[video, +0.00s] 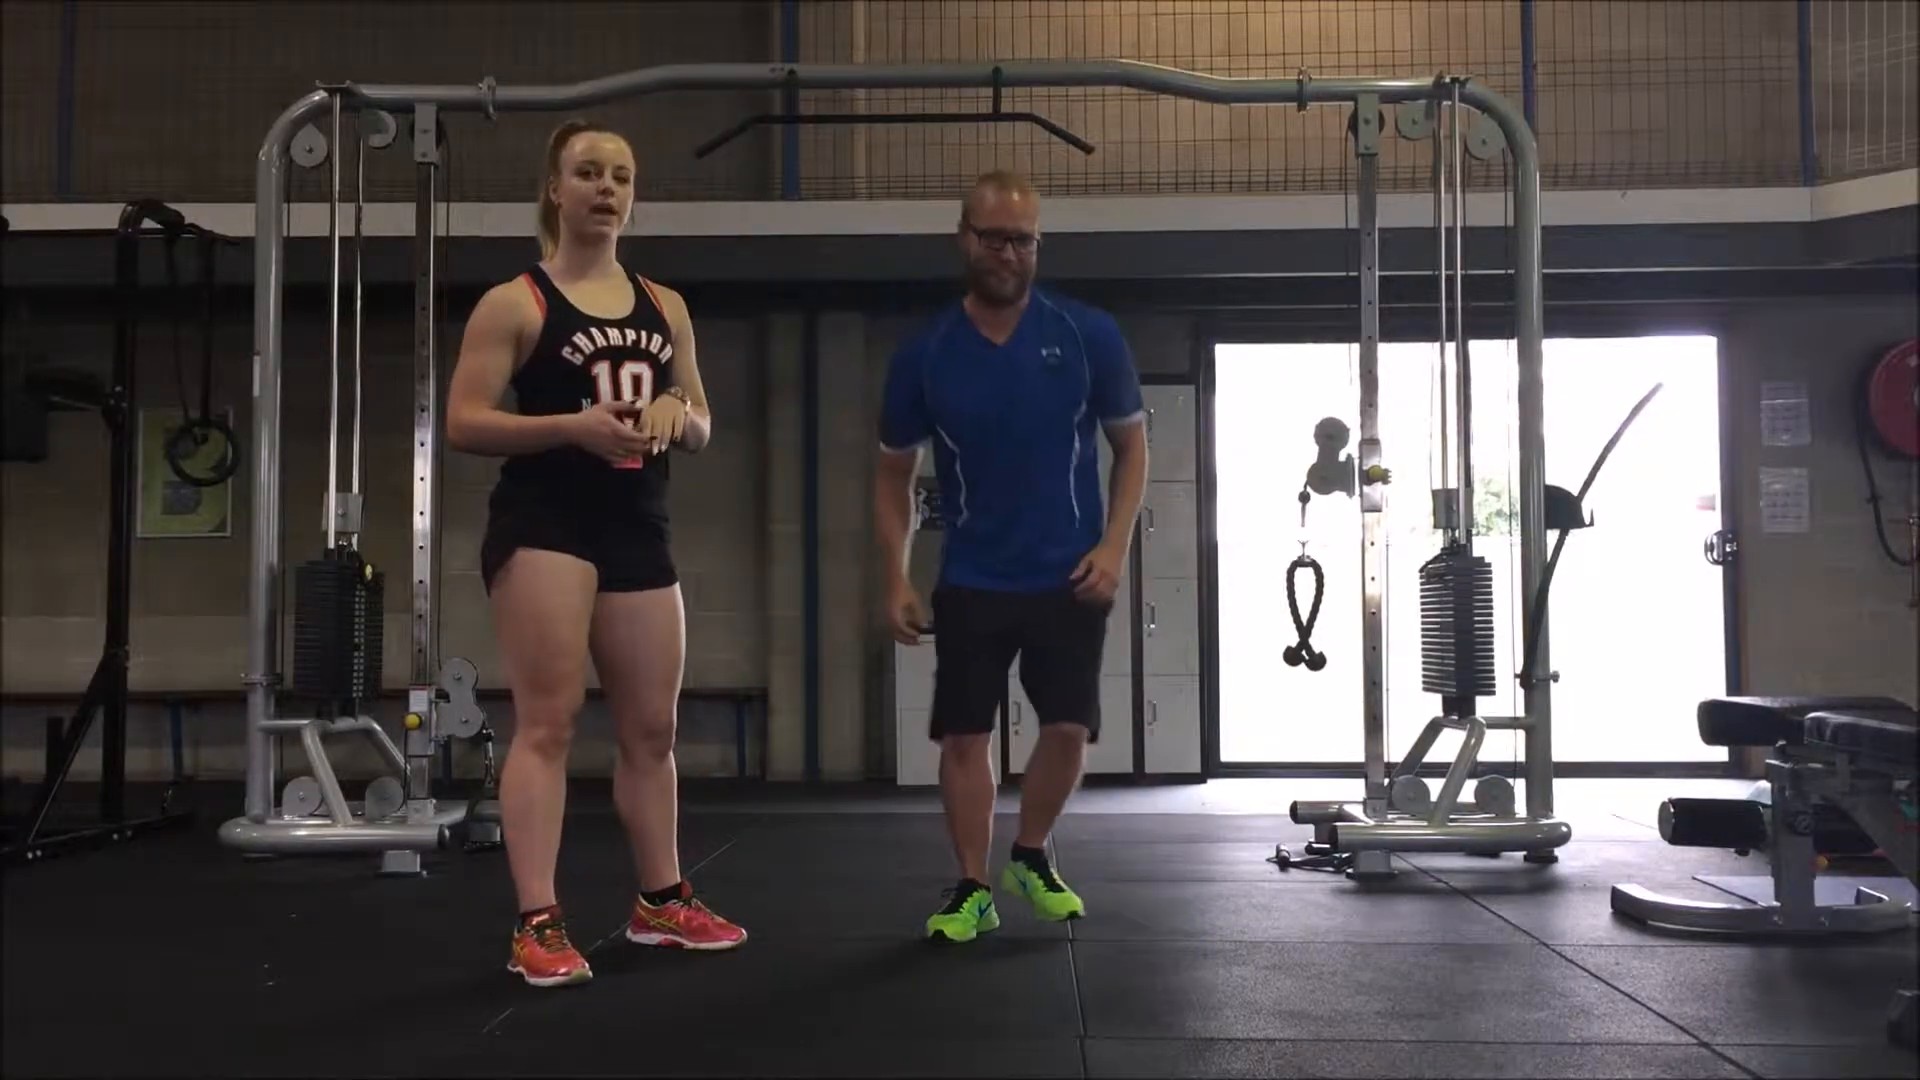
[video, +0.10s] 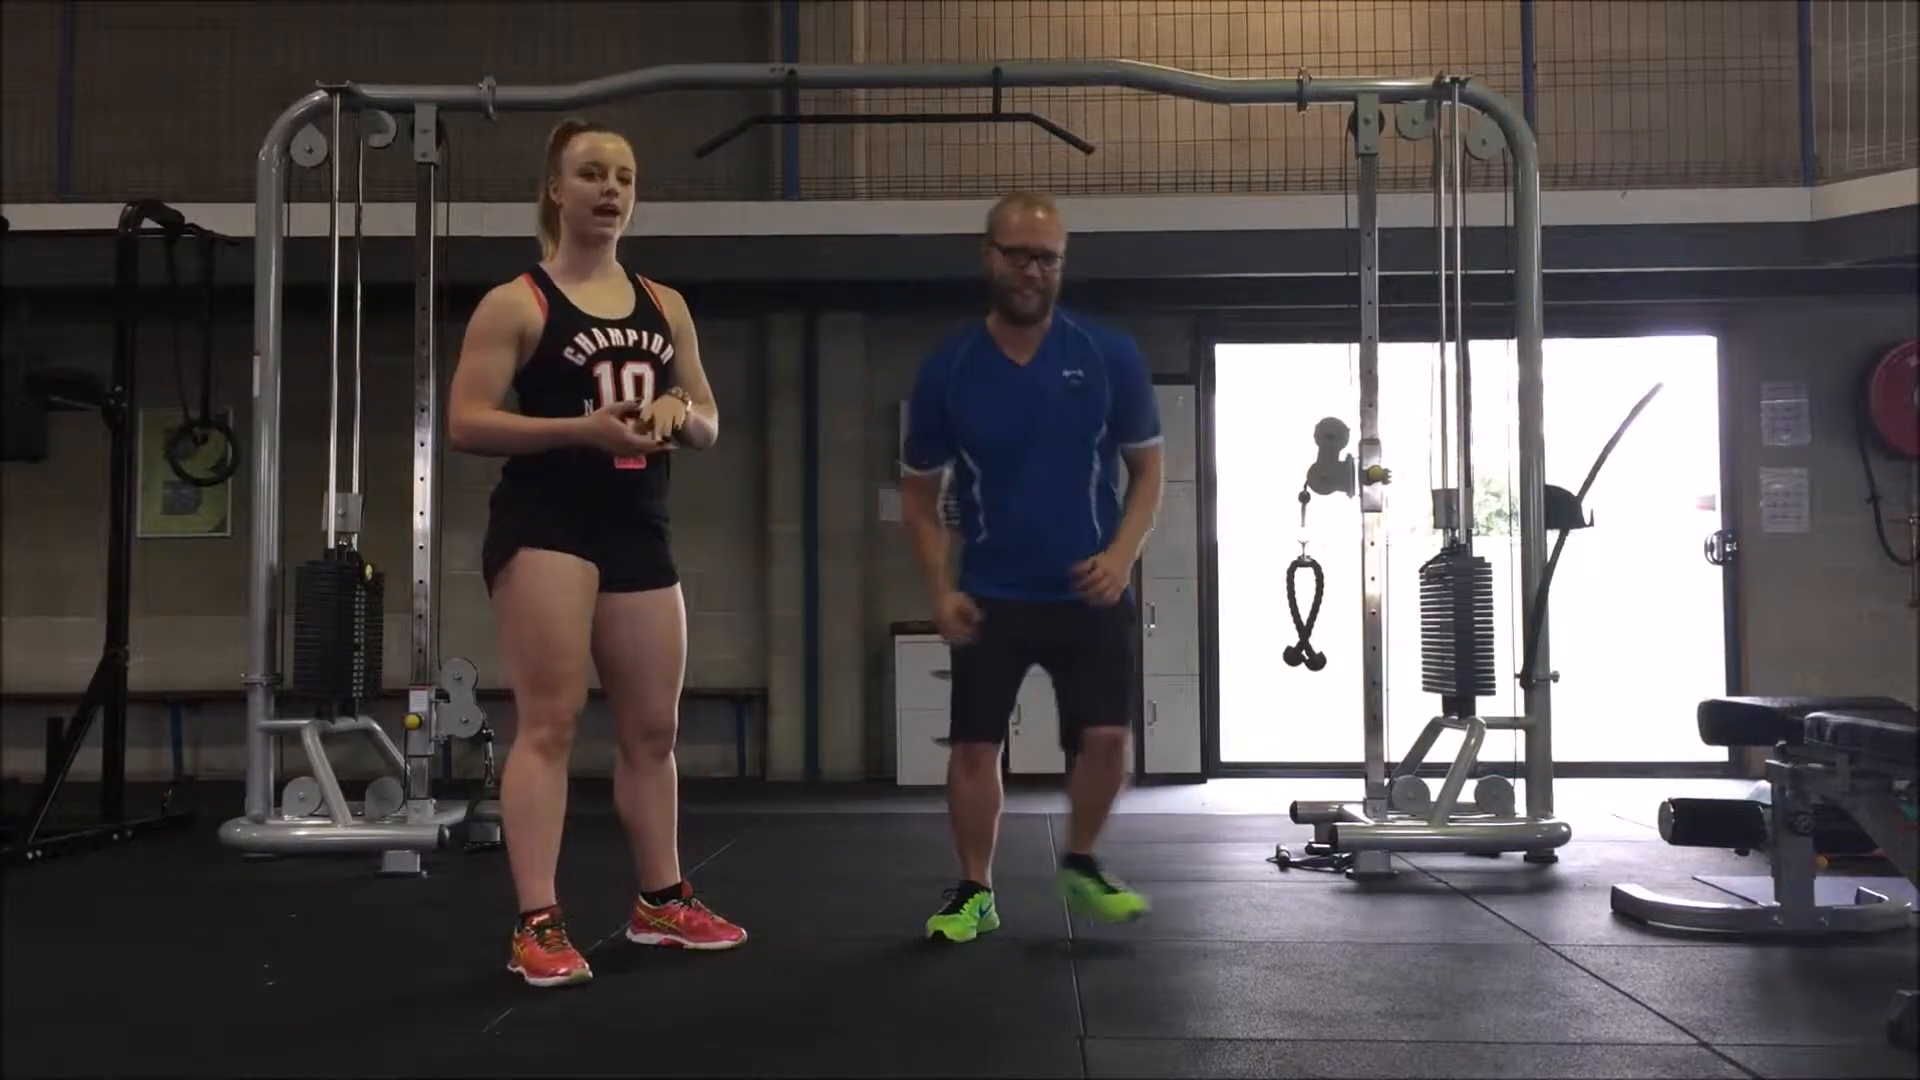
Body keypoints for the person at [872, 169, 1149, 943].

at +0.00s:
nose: (1008, 253)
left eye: (1022, 240)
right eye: (993, 238)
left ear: (1040, 245)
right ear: (963, 241)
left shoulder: (1090, 337)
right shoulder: (925, 354)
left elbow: (1131, 444)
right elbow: (894, 473)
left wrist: (1114, 547)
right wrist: (896, 580)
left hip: (1067, 577)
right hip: (971, 579)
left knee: (1070, 727)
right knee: (962, 734)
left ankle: (1027, 853)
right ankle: (972, 887)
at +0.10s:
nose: (1032, 271)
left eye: (1046, 258)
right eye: (1017, 256)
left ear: (1064, 264)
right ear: (987, 258)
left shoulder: (1110, 357)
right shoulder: (945, 372)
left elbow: (1148, 467)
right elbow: (920, 494)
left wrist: (1123, 552)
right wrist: (942, 591)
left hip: (1091, 590)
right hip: (991, 593)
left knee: (1106, 735)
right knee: (974, 742)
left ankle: (1080, 862)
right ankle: (974, 891)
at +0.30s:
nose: (1142, 229)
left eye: (1156, 216)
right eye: (1127, 213)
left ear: (1171, 221)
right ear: (1095, 212)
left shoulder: (1210, 316)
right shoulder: (1046, 324)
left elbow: (1247, 429)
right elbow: (1013, 438)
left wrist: (1204, 451)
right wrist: (1064, 486)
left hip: (1181, 554)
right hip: (1075, 557)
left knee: (1260, 685)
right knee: (1018, 716)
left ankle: (1298, 851)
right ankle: (975, 880)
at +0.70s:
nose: (1397, 240)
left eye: (1411, 226)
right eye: (1381, 224)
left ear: (1425, 227)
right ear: (1344, 217)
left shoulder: (1460, 326)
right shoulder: (1286, 323)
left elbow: (1484, 440)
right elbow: (1250, 452)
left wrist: (1444, 482)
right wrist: (1303, 486)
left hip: (1416, 565)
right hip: (1308, 566)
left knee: (1456, 714)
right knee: (1274, 722)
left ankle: (1444, 901)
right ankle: (1231, 824)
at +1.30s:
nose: (1396, 281)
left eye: (1415, 268)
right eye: (1385, 264)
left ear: (1453, 269)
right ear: (1370, 259)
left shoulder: (1495, 380)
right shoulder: (1319, 352)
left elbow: (1506, 500)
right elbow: (1265, 471)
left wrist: (1442, 534)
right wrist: (1332, 523)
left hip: (1429, 591)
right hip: (1321, 591)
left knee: (1482, 732)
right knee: (1315, 751)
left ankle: (1446, 900)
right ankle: (1332, 856)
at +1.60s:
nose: (1240, 215)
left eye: (1256, 200)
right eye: (1227, 199)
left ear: (1289, 196)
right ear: (1210, 193)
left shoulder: (1345, 290)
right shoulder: (1170, 295)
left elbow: (1380, 406)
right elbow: (1128, 409)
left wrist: (1299, 398)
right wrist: (1181, 424)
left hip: (1303, 541)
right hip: (1189, 538)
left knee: (1374, 700)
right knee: (1116, 680)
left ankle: (1445, 876)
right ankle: (1057, 851)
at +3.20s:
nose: (1306, 240)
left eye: (1316, 223)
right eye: (1290, 224)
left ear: (1325, 212)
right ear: (1245, 213)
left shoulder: (1358, 297)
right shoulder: (1181, 299)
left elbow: (1382, 417)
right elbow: (1141, 428)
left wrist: (1331, 420)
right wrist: (1224, 433)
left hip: (1321, 546)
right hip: (1209, 543)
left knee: (1402, 710)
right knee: (1111, 691)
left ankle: (1469, 886)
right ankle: (1017, 838)